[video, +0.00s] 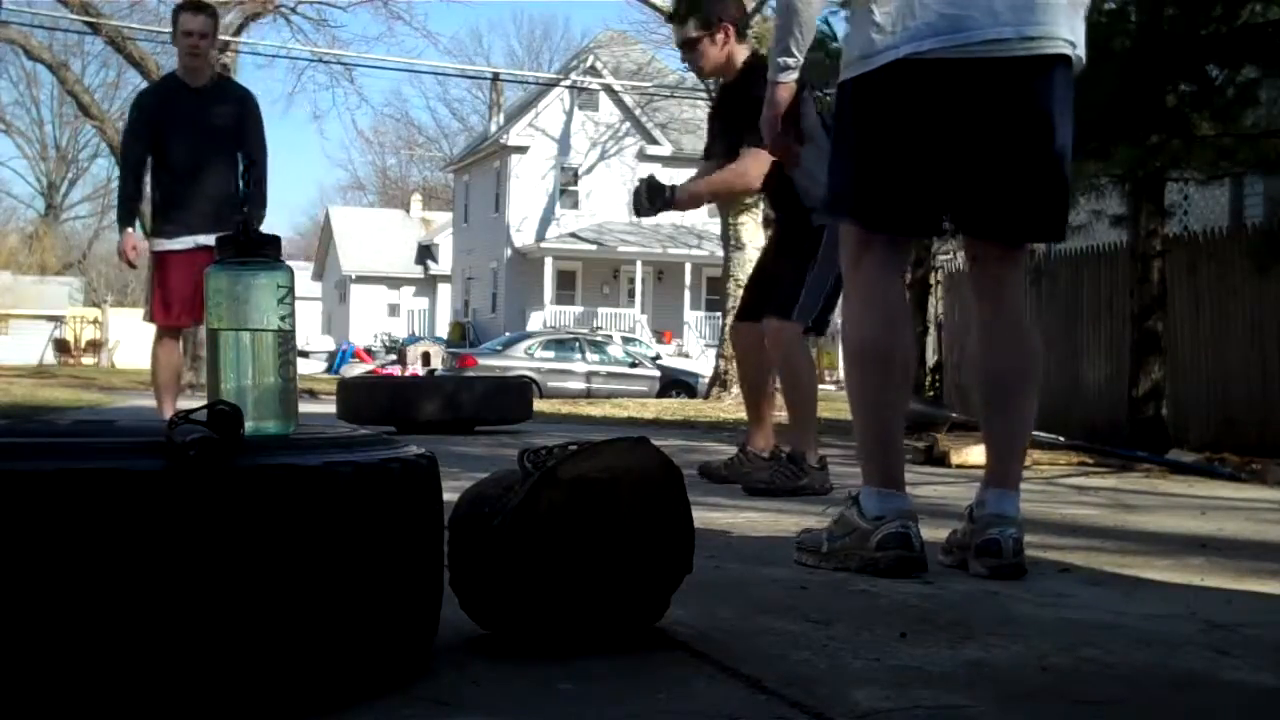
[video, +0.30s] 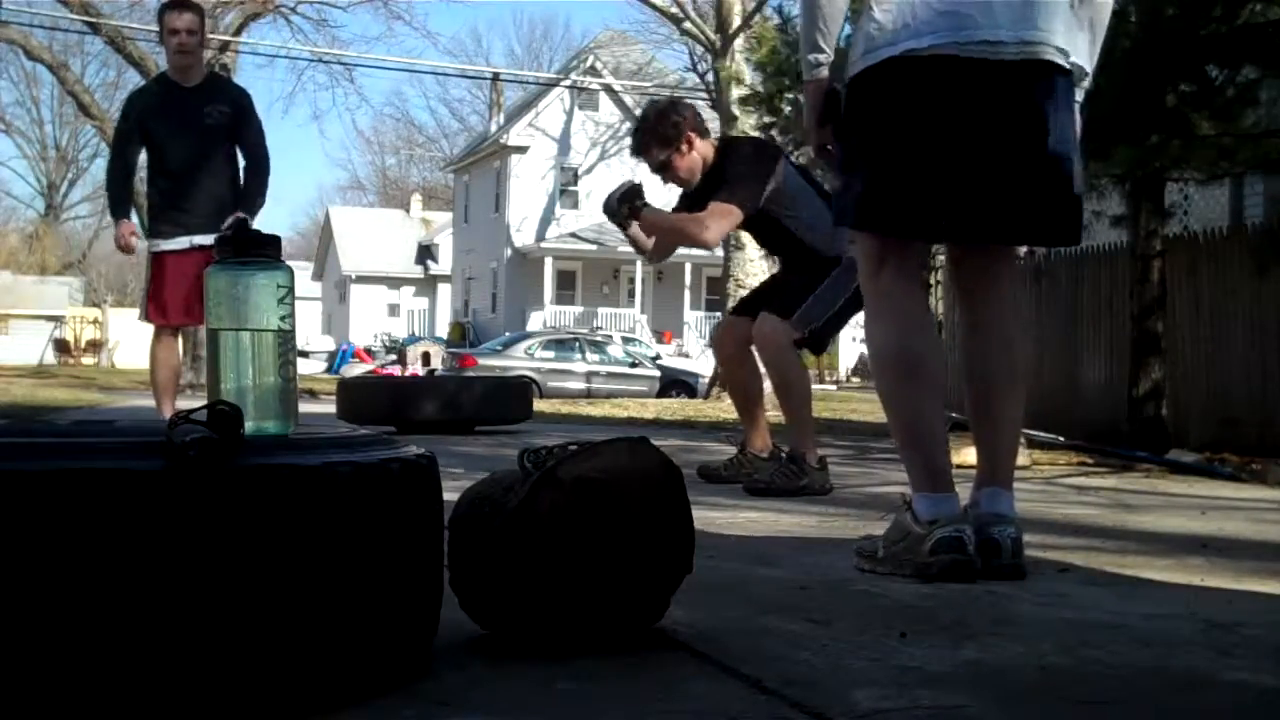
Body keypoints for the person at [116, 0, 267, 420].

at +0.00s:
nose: (195, 42)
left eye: (204, 35)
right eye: (188, 34)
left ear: (215, 40)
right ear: (175, 38)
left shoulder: (240, 99)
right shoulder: (151, 100)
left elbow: (257, 164)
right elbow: (131, 166)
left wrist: (251, 225)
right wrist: (127, 226)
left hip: (229, 231)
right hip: (173, 233)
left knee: (232, 329)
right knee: (170, 328)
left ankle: (232, 421)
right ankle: (170, 421)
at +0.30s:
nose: (182, 40)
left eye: (190, 32)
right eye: (173, 32)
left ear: (203, 37)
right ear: (162, 38)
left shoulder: (232, 97)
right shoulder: (143, 101)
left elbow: (258, 158)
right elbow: (120, 165)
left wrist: (247, 211)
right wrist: (122, 217)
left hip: (225, 229)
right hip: (170, 232)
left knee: (230, 327)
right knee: (167, 327)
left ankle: (233, 419)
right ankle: (169, 419)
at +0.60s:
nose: (201, 98)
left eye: (208, 90)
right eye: (192, 90)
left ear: (220, 93)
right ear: (179, 94)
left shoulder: (244, 144)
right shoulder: (160, 146)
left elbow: (284, 206)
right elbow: (124, 206)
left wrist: (254, 199)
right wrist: (145, 212)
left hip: (232, 260)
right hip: (178, 260)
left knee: (240, 337)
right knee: (160, 332)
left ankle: (238, 422)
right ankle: (170, 422)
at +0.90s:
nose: (219, 189)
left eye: (227, 180)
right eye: (211, 181)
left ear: (239, 181)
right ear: (198, 181)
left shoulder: (260, 220)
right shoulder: (178, 221)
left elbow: (294, 283)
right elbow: (140, 288)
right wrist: (177, 273)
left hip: (248, 295)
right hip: (194, 297)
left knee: (267, 337)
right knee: (163, 338)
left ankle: (258, 422)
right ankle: (172, 425)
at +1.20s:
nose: (225, 211)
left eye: (233, 202)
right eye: (216, 203)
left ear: (244, 204)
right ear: (204, 203)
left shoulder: (266, 243)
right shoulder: (180, 244)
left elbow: (292, 307)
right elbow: (152, 314)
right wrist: (190, 294)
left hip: (250, 319)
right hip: (199, 322)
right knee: (165, 342)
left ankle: (260, 421)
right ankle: (173, 425)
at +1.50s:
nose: (226, 218)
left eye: (234, 209)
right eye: (218, 209)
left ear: (246, 209)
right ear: (205, 209)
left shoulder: (268, 245)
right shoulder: (182, 246)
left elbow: (293, 309)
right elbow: (148, 314)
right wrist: (184, 286)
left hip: (251, 318)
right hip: (198, 320)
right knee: (168, 344)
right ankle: (173, 426)